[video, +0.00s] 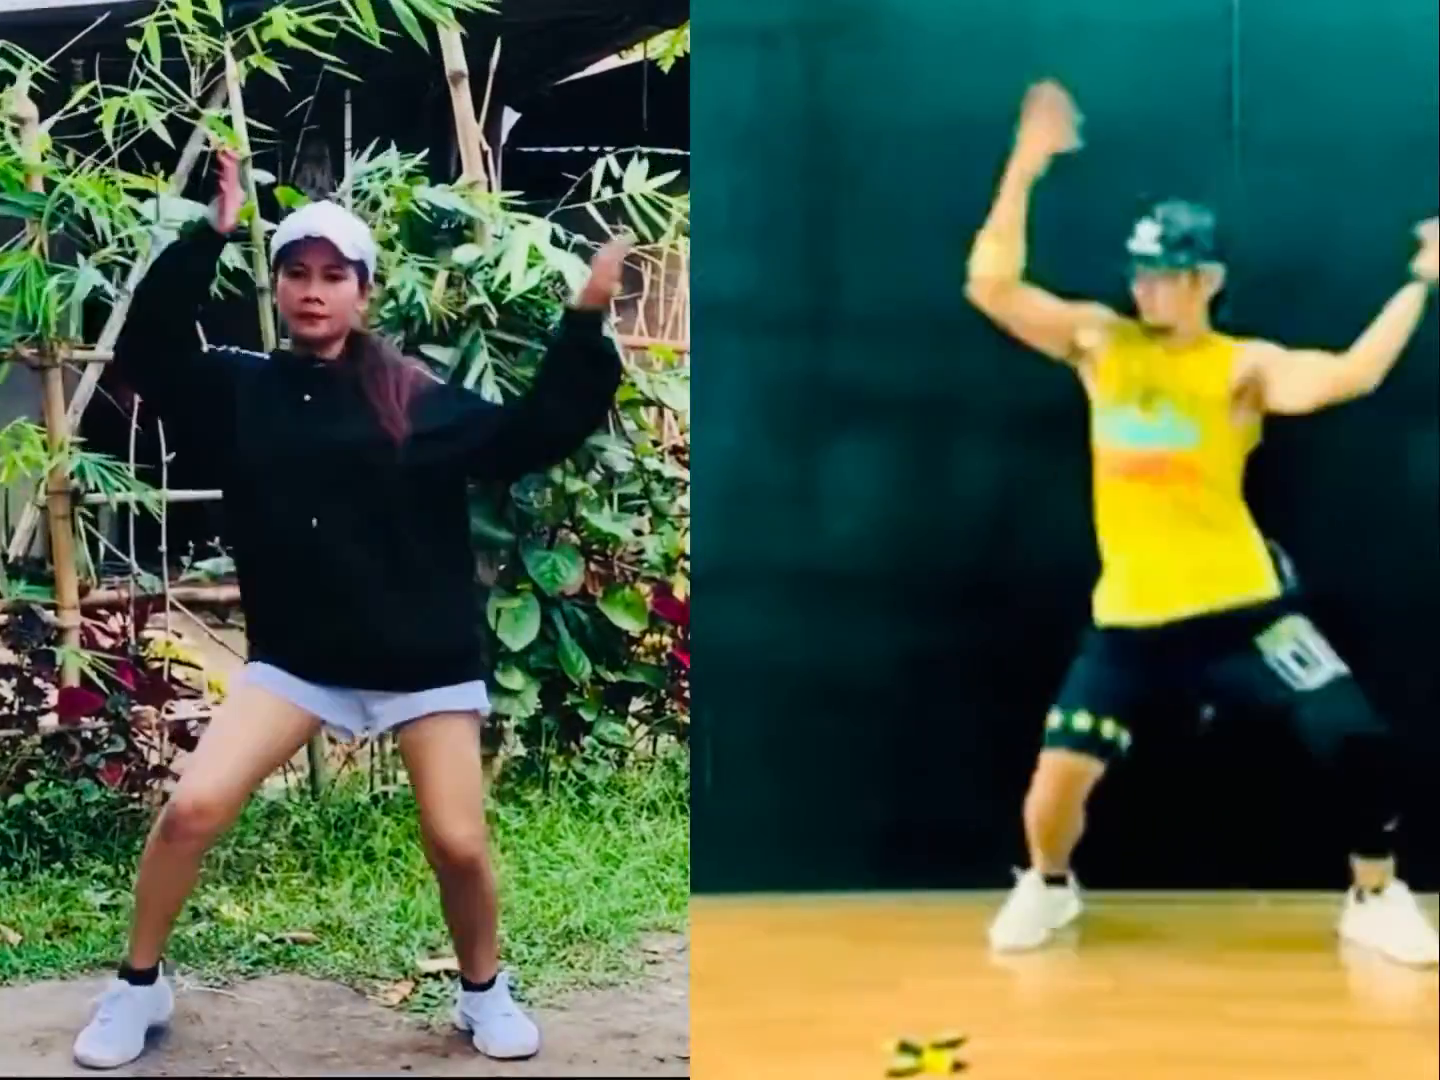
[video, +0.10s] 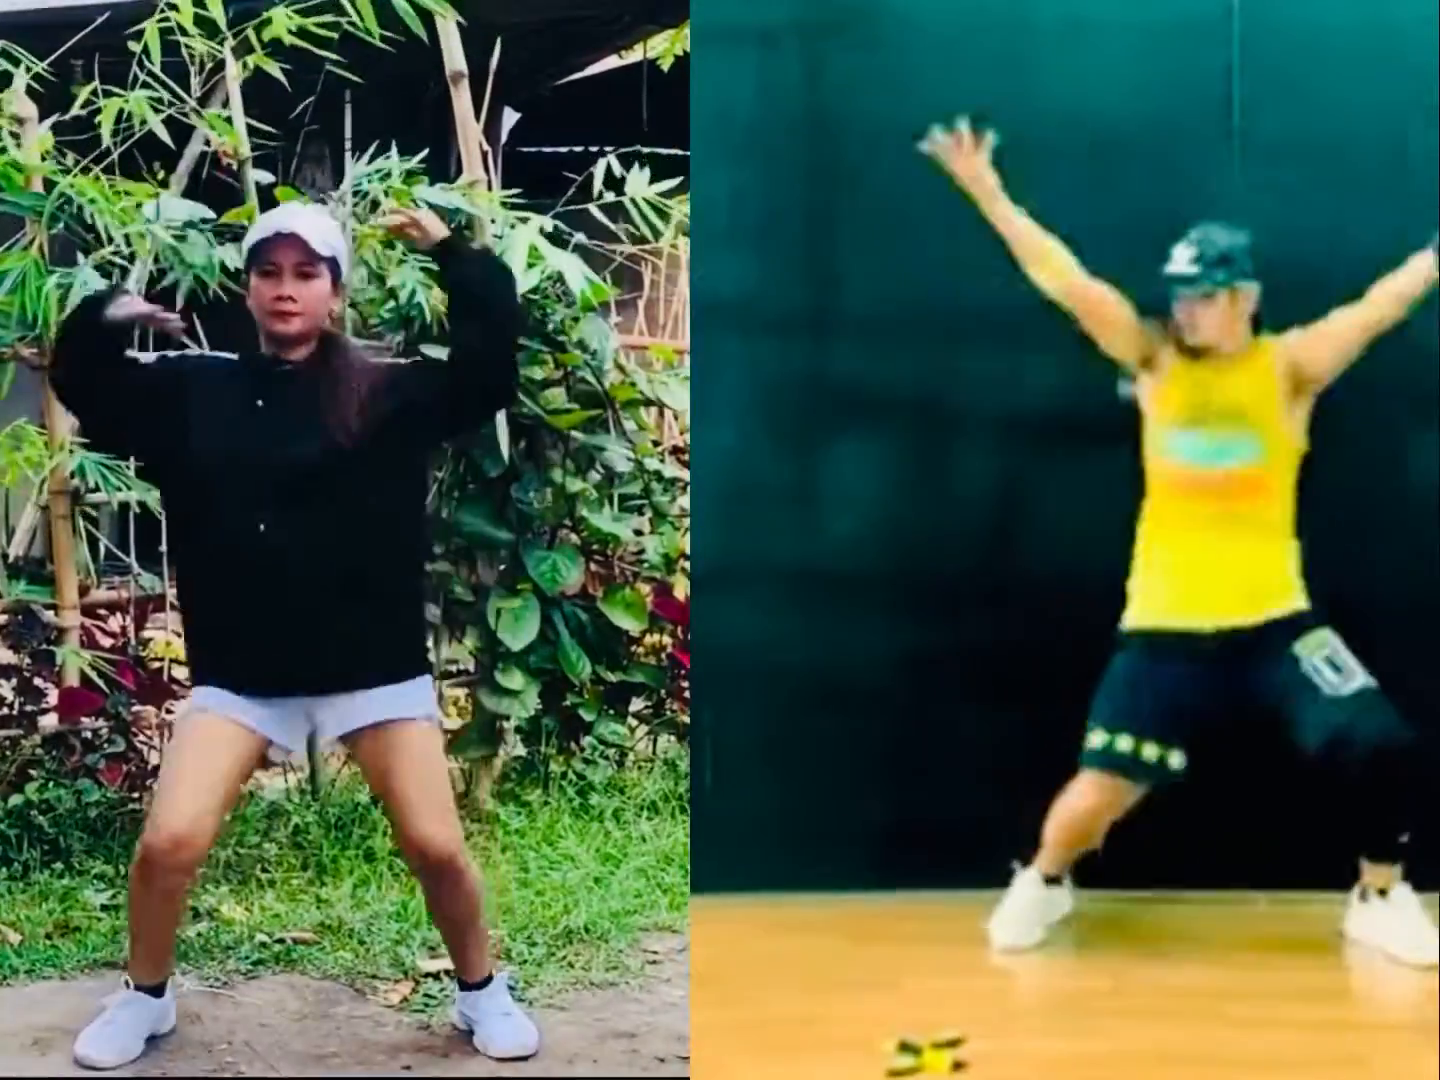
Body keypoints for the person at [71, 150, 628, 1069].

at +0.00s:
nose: (312, 291)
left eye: (332, 277)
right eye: (297, 275)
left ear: (365, 292)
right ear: (273, 288)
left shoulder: (415, 394)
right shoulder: (237, 388)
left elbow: (541, 430)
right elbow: (149, 347)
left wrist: (589, 316)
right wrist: (212, 231)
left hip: (427, 659)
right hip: (294, 656)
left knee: (461, 846)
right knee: (192, 809)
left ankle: (484, 993)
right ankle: (139, 986)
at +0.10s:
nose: (284, 289)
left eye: (305, 273)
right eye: (268, 272)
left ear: (337, 292)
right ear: (246, 288)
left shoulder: (389, 394)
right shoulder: (189, 395)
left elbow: (488, 373)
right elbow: (79, 379)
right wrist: (109, 314)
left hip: (378, 670)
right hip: (237, 674)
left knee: (437, 847)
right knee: (166, 844)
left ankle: (483, 990)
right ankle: (144, 996)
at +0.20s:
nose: (246, 254)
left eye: (267, 238)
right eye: (230, 237)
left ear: (303, 257)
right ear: (207, 255)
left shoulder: (348, 355)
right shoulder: (140, 364)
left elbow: (448, 295)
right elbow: (16, 344)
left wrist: (348, 229)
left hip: (322, 630)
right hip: (179, 646)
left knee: (415, 799)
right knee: (133, 840)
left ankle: (455, 963)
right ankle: (137, 997)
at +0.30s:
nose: (206, 245)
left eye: (228, 230)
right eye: (190, 228)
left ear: (260, 247)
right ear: (166, 242)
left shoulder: (297, 347)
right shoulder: (104, 345)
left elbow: (419, 332)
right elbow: (6, 311)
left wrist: (368, 275)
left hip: (288, 607)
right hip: (152, 629)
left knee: (386, 759)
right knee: (117, 842)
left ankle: (368, 889)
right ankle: (125, 1009)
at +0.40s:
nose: (180, 258)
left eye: (202, 243)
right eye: (164, 240)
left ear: (234, 263)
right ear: (139, 255)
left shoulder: (263, 370)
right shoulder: (79, 351)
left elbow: (380, 410)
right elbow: (2, 284)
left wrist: (458, 330)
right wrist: (7, 144)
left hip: (272, 592)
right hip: (151, 628)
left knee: (348, 713)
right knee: (118, 850)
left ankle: (311, 800)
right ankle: (128, 1012)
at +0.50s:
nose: (176, 269)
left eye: (198, 252)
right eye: (159, 250)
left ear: (228, 273)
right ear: (130, 264)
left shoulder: (255, 389)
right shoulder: (65, 366)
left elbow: (384, 418)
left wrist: (480, 302)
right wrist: (29, 230)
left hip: (260, 593)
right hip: (143, 638)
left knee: (340, 675)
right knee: (121, 863)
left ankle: (307, 777)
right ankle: (128, 1012)